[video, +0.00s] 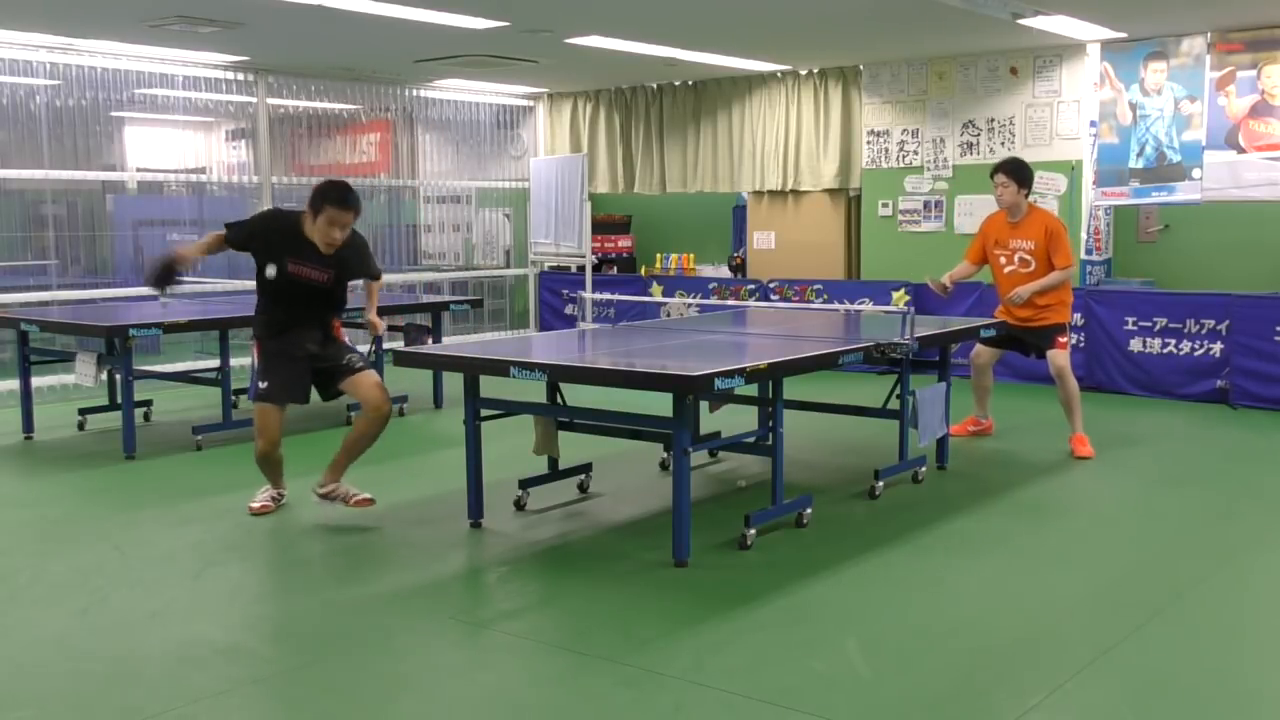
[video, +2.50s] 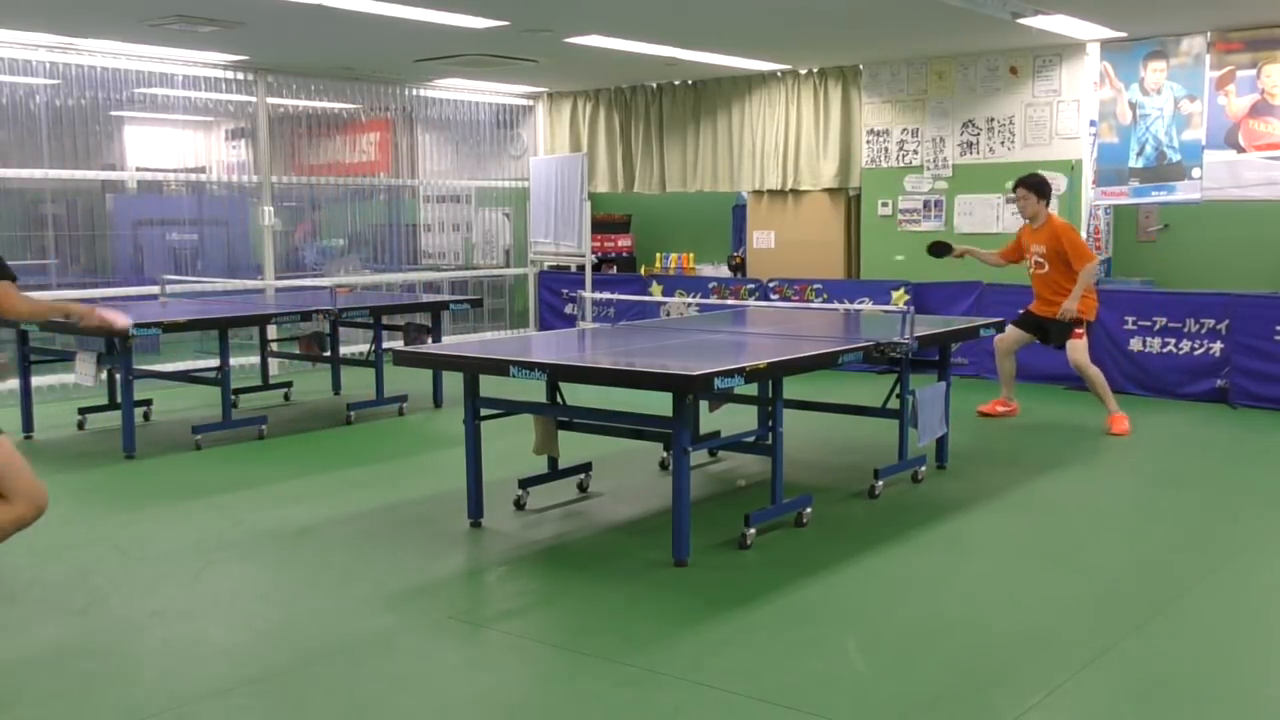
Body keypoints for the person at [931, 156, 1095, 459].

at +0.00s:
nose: (998, 191)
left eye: (1004, 185)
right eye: (995, 186)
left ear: (1023, 189)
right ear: (994, 189)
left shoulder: (1049, 224)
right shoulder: (991, 224)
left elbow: (1066, 271)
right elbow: (974, 262)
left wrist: (1031, 288)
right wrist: (950, 277)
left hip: (1050, 313)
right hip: (1009, 313)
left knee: (1060, 368)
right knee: (979, 359)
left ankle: (1078, 434)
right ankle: (981, 419)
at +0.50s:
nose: (977, 211)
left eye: (982, 205)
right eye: (975, 205)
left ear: (1003, 206)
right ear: (973, 206)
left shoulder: (1029, 234)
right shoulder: (970, 238)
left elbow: (1050, 280)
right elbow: (926, 255)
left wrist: (1016, 292)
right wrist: (927, 276)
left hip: (1035, 322)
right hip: (993, 321)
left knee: (1051, 374)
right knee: (953, 361)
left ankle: (1076, 433)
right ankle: (947, 427)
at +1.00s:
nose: (1001, 184)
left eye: (1008, 178)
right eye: (999, 179)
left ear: (1027, 181)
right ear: (999, 182)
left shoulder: (1052, 216)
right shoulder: (999, 220)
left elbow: (1076, 256)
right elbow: (975, 256)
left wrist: (1046, 271)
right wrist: (945, 261)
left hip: (1053, 312)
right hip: (1015, 311)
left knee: (1058, 368)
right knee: (988, 355)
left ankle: (1075, 424)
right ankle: (957, 417)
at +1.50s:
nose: (1054, 196)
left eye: (1060, 190)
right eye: (1052, 191)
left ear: (1079, 192)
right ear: (1051, 195)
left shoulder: (1109, 218)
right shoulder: (1044, 231)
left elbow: (1143, 236)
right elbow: (1002, 242)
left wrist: (1143, 272)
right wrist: (968, 233)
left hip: (1120, 307)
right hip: (1076, 311)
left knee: (1138, 361)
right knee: (1044, 359)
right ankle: (1030, 407)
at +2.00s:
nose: (1048, 177)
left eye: (1054, 171)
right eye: (1046, 172)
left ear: (1072, 173)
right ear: (1044, 175)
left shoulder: (1095, 208)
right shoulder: (1040, 209)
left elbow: (1121, 242)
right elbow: (1017, 245)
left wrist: (1101, 271)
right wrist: (996, 255)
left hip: (1094, 295)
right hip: (1057, 295)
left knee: (1107, 350)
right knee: (1026, 338)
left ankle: (1132, 411)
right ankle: (1033, 396)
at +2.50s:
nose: (1019, 205)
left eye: (1023, 199)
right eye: (1017, 200)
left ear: (1041, 200)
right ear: (1019, 201)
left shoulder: (1062, 229)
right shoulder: (1025, 233)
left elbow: (1091, 265)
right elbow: (1002, 258)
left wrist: (1074, 299)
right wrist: (970, 251)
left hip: (1074, 309)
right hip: (1042, 308)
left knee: (1079, 361)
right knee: (1003, 344)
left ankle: (1115, 413)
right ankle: (1007, 401)